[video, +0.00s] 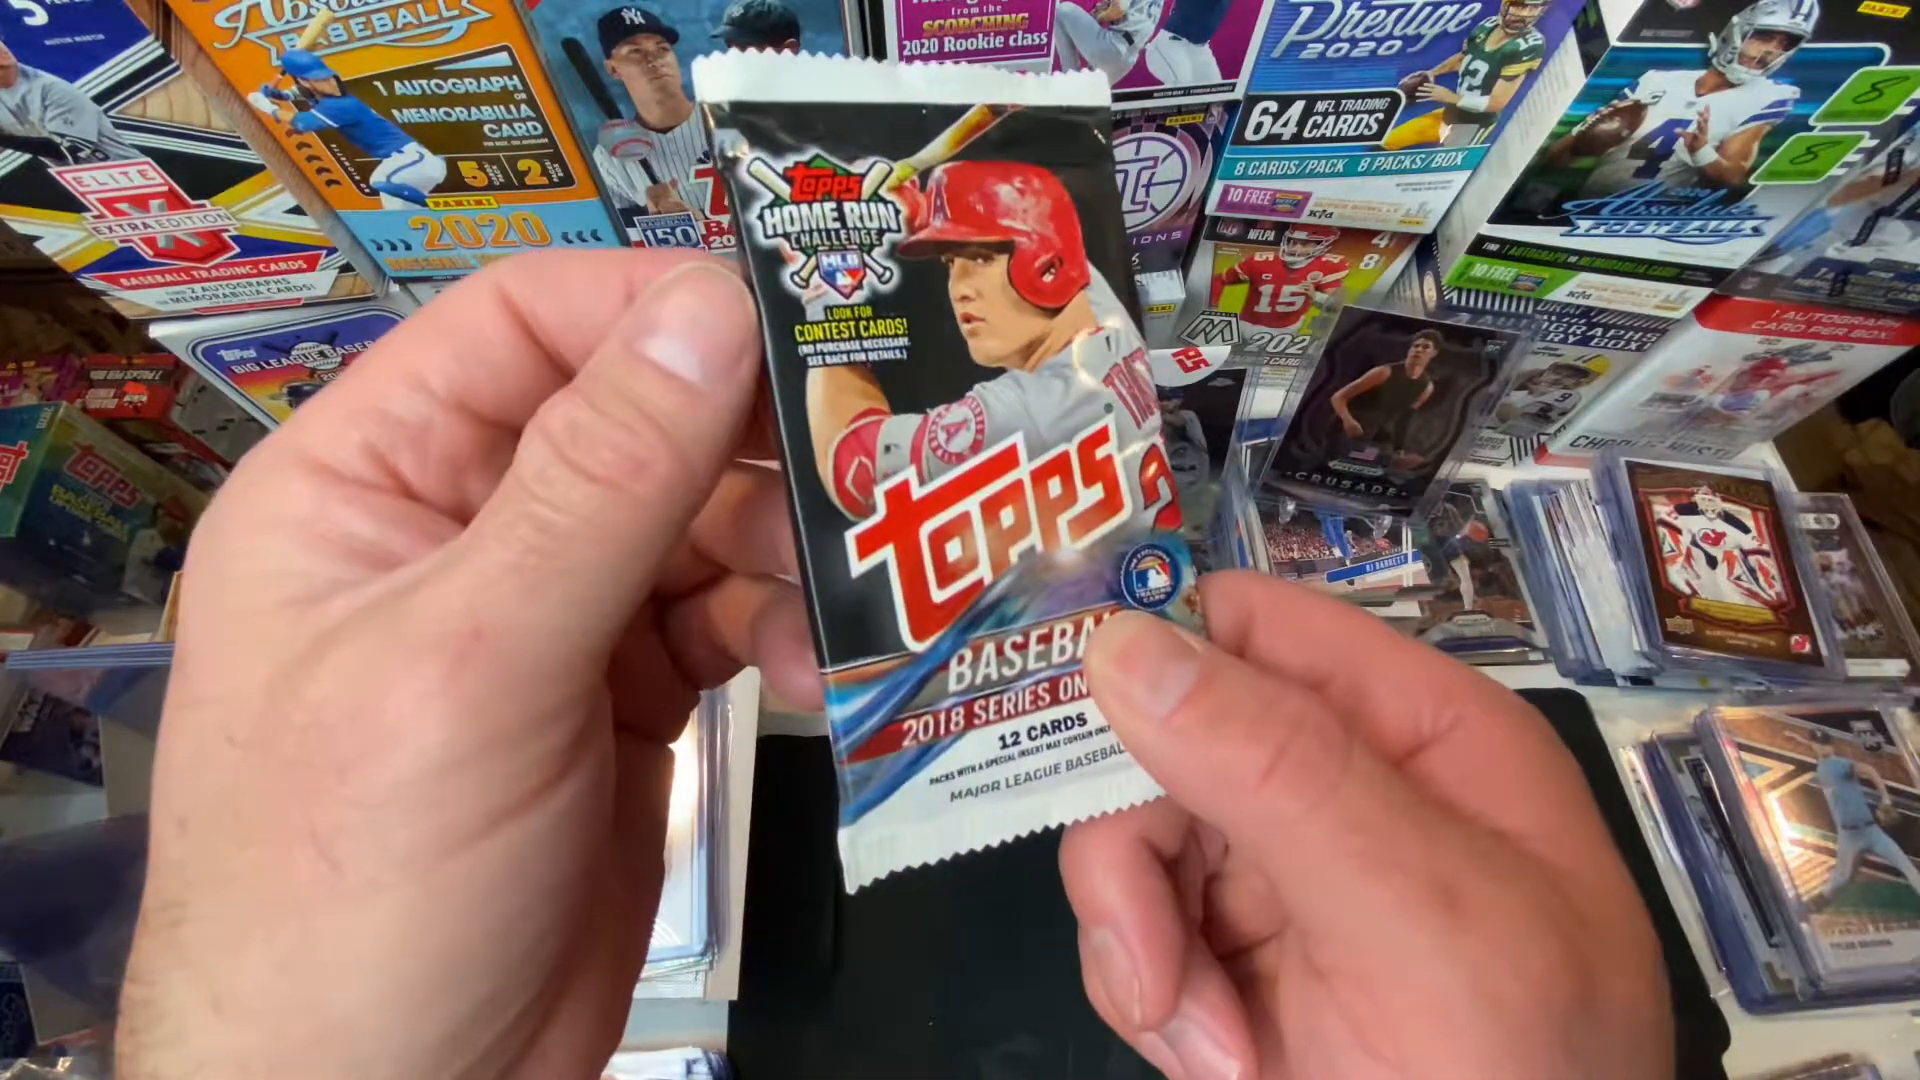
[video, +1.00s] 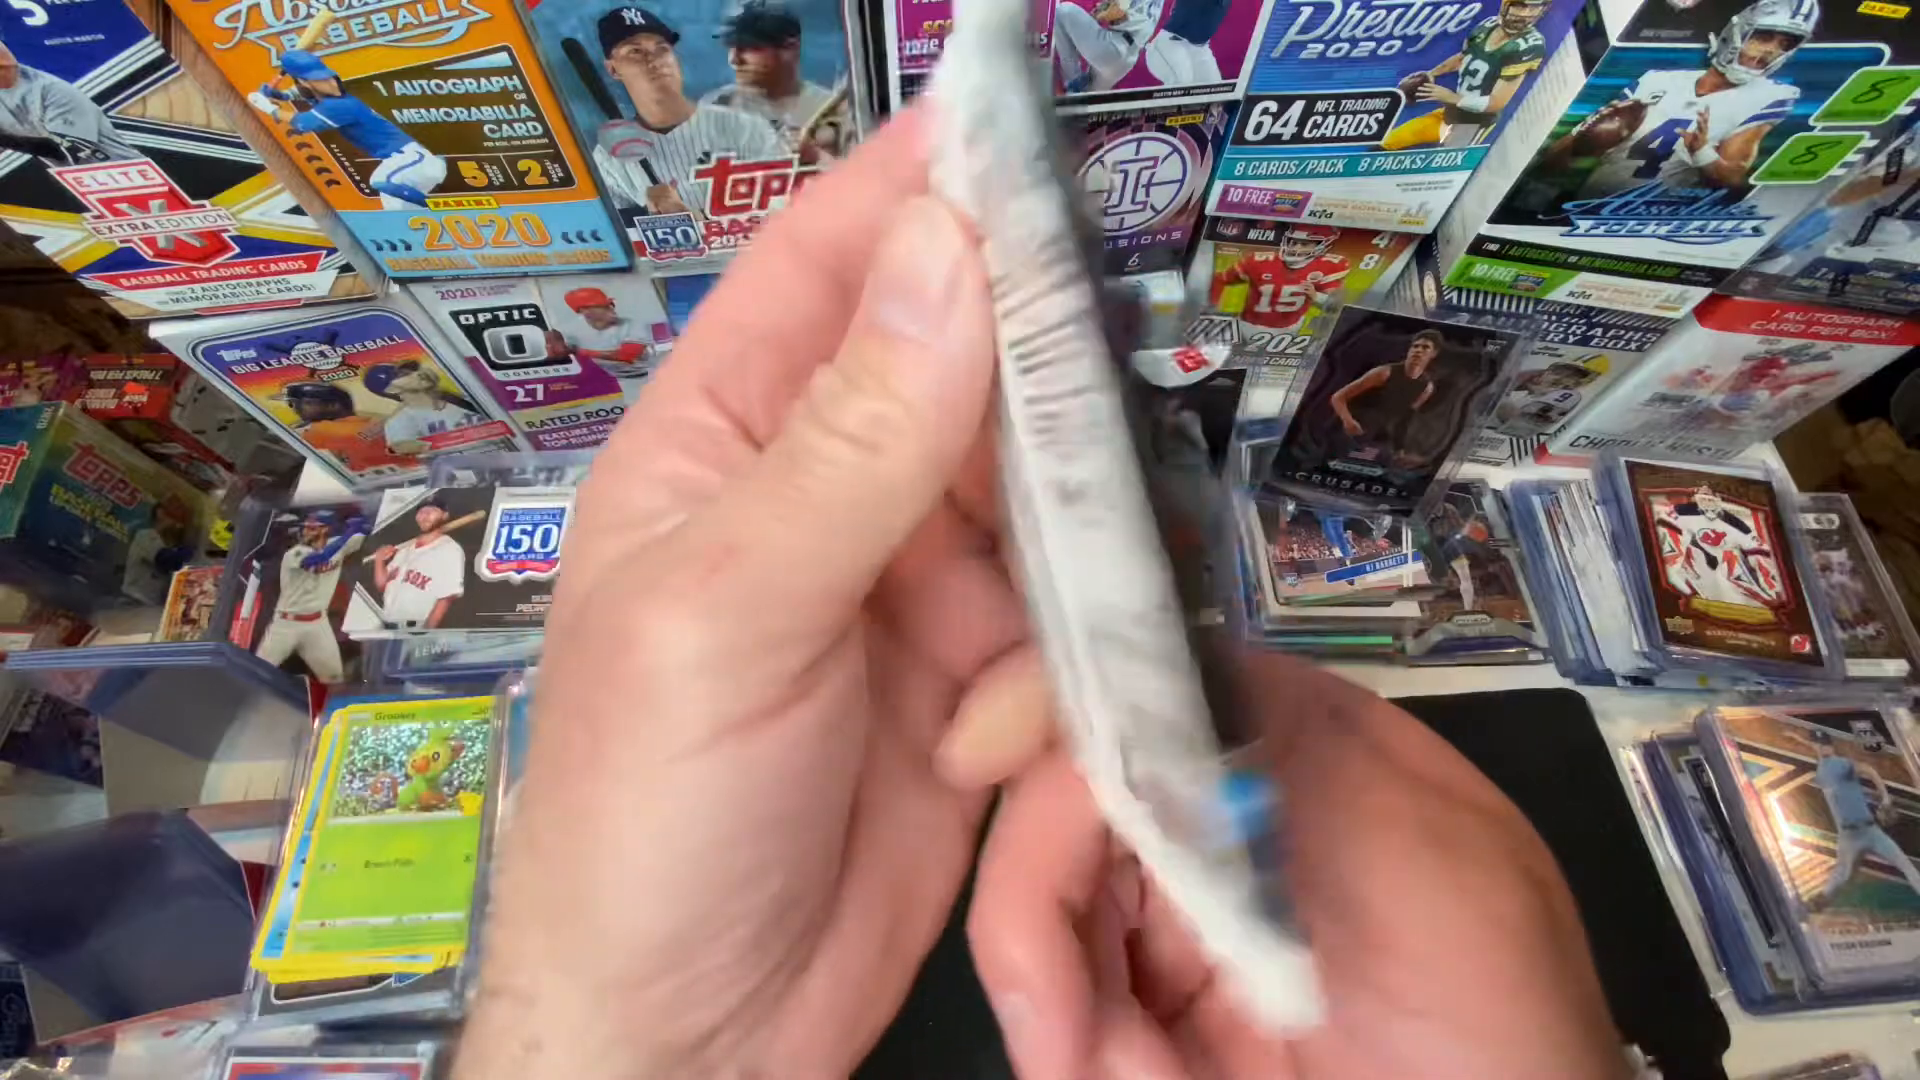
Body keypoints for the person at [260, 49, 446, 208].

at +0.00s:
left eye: (302, 82)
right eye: (321, 77)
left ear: (308, 83)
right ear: (307, 82)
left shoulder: (341, 106)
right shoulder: (332, 103)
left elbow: (300, 122)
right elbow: (300, 94)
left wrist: (271, 109)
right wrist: (276, 94)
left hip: (414, 158)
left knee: (380, 179)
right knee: (398, 218)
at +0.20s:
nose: (330, 80)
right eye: (322, 77)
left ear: (307, 83)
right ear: (307, 82)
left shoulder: (342, 106)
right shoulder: (331, 103)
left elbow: (300, 122)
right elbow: (300, 93)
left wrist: (270, 109)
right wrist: (276, 94)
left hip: (414, 158)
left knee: (381, 179)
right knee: (399, 219)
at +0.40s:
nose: (331, 80)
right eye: (322, 78)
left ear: (308, 83)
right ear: (308, 83)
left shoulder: (342, 106)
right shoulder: (331, 103)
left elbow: (300, 123)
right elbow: (300, 93)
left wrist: (270, 109)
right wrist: (276, 94)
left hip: (414, 158)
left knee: (380, 180)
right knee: (399, 219)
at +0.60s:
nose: (331, 80)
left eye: (329, 76)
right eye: (323, 77)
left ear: (308, 82)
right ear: (306, 83)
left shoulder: (342, 106)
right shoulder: (330, 104)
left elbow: (299, 123)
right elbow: (300, 93)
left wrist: (270, 108)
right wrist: (276, 94)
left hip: (415, 158)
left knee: (380, 179)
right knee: (400, 222)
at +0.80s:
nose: (329, 80)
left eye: (303, 82)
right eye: (321, 77)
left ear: (307, 83)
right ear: (306, 84)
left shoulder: (342, 106)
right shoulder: (332, 102)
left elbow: (299, 123)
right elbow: (300, 93)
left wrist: (270, 109)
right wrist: (275, 95)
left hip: (415, 158)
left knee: (381, 179)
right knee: (398, 218)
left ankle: (435, 213)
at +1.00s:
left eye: (301, 82)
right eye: (301, 82)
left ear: (309, 83)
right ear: (311, 81)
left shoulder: (342, 106)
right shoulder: (333, 101)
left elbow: (299, 123)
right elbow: (303, 92)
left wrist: (270, 109)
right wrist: (277, 95)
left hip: (414, 158)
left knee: (381, 180)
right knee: (397, 219)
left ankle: (434, 212)